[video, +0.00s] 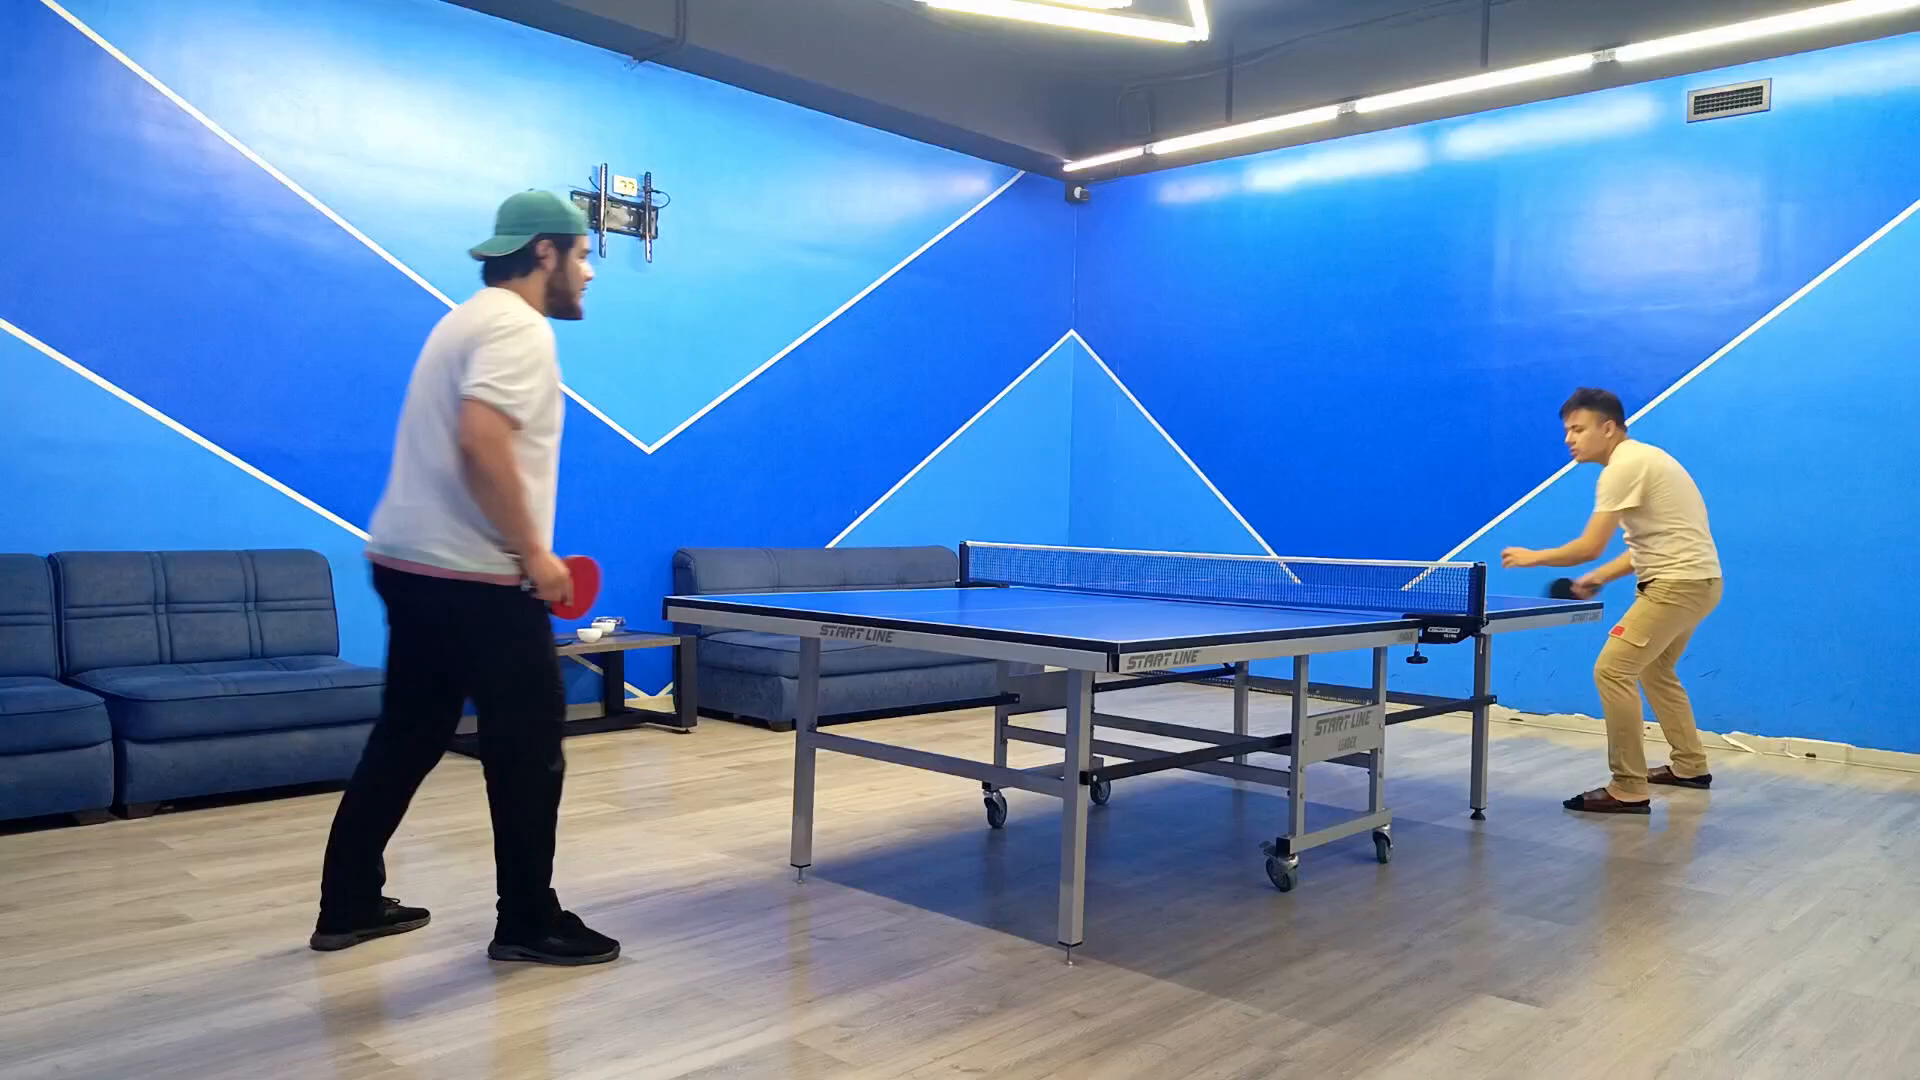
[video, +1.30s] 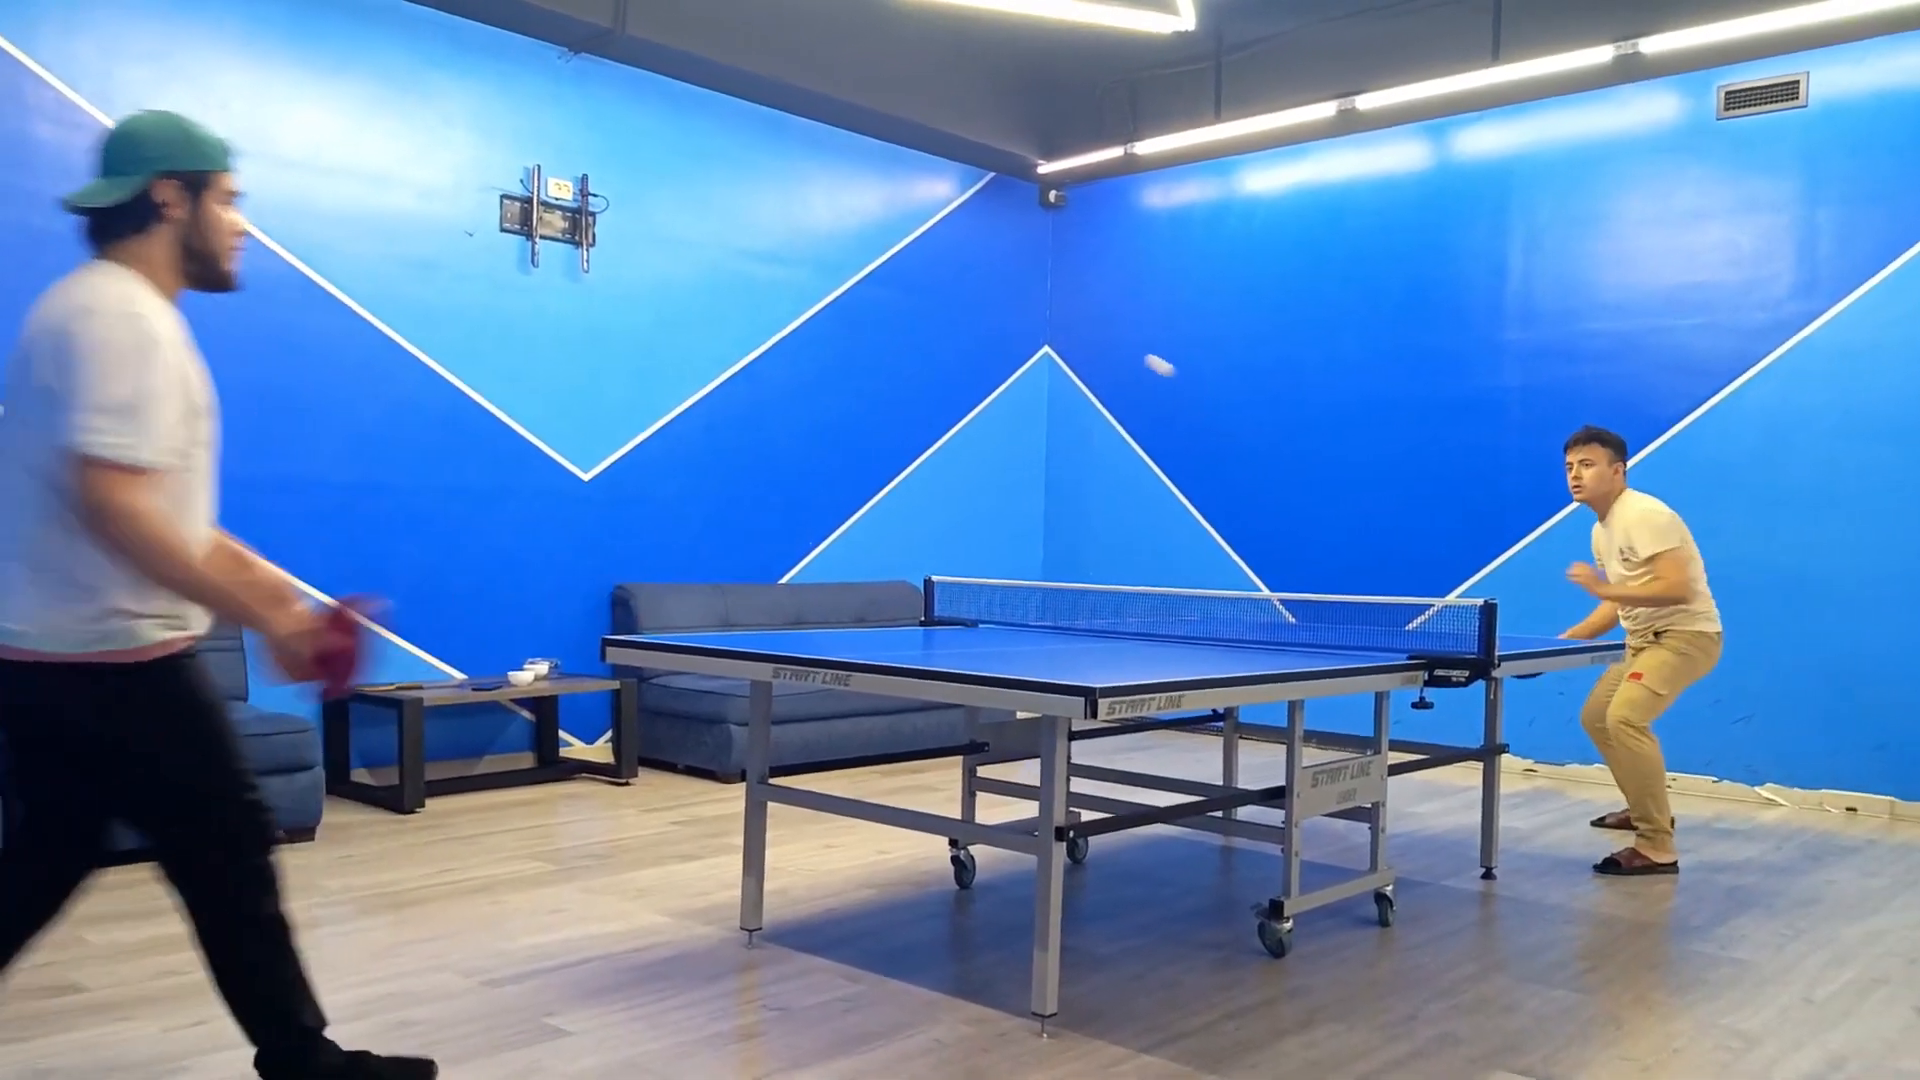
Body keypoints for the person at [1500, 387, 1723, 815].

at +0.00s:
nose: (1569, 439)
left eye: (1577, 429)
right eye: (1567, 430)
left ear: (1610, 428)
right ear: (1611, 431)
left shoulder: (1624, 464)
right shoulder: (1646, 459)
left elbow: (1590, 547)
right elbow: (1652, 545)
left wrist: (1535, 557)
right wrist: (1598, 577)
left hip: (1677, 580)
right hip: (1694, 578)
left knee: (1613, 671)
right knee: (1657, 670)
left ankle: (1629, 788)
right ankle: (1690, 767)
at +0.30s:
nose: (1594, 467)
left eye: (1603, 456)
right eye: (1593, 458)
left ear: (1637, 454)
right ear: (1631, 458)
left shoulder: (1667, 489)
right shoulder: (1644, 496)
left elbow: (1622, 571)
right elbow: (1617, 570)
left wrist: (1547, 558)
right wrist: (1557, 575)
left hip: (1745, 596)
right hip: (1720, 598)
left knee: (1672, 682)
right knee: (1705, 684)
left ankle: (1680, 806)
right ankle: (1746, 783)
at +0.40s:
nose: (1610, 473)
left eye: (1619, 461)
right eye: (1607, 463)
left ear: (1655, 461)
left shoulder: (1704, 495)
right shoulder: (1633, 507)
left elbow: (1673, 577)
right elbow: (1605, 566)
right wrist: (1608, 559)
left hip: (1762, 597)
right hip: (1723, 601)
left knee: (1696, 684)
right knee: (1713, 688)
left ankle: (1699, 811)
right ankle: (1764, 787)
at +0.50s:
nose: (1634, 475)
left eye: (1644, 463)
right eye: (1631, 464)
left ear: (1679, 460)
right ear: (1628, 464)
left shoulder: (1738, 496)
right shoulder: (1645, 502)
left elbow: (1731, 577)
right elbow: (1634, 562)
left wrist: (1684, 536)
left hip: (1769, 599)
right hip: (1718, 607)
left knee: (1715, 693)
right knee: (1714, 696)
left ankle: (1717, 818)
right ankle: (1781, 788)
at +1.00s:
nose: (1639, 491)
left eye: (1651, 481)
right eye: (1634, 482)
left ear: (1682, 483)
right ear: (1630, 485)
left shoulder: (1731, 529)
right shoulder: (1637, 533)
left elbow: (1785, 595)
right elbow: (1622, 609)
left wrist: (1719, 598)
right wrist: (1662, 626)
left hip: (1749, 636)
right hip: (1696, 640)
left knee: (1705, 725)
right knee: (1656, 725)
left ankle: (1714, 850)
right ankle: (1702, 814)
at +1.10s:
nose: (1587, 484)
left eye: (1598, 473)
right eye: (1582, 474)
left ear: (1631, 476)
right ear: (1578, 478)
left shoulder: (1676, 522)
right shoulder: (1594, 529)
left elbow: (1749, 563)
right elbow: (1593, 591)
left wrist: (1687, 586)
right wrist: (1590, 630)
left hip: (1698, 634)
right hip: (1648, 639)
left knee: (1659, 720)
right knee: (1609, 720)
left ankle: (1670, 846)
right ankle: (1655, 809)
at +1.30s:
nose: (1575, 475)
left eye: (1586, 465)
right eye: (1570, 468)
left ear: (1618, 472)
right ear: (1567, 475)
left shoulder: (1648, 515)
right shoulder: (1601, 532)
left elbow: (1680, 587)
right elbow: (1622, 600)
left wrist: (1606, 590)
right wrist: (1575, 635)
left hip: (1687, 634)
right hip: (1645, 638)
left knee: (1625, 719)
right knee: (1597, 717)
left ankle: (1657, 845)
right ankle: (1646, 810)